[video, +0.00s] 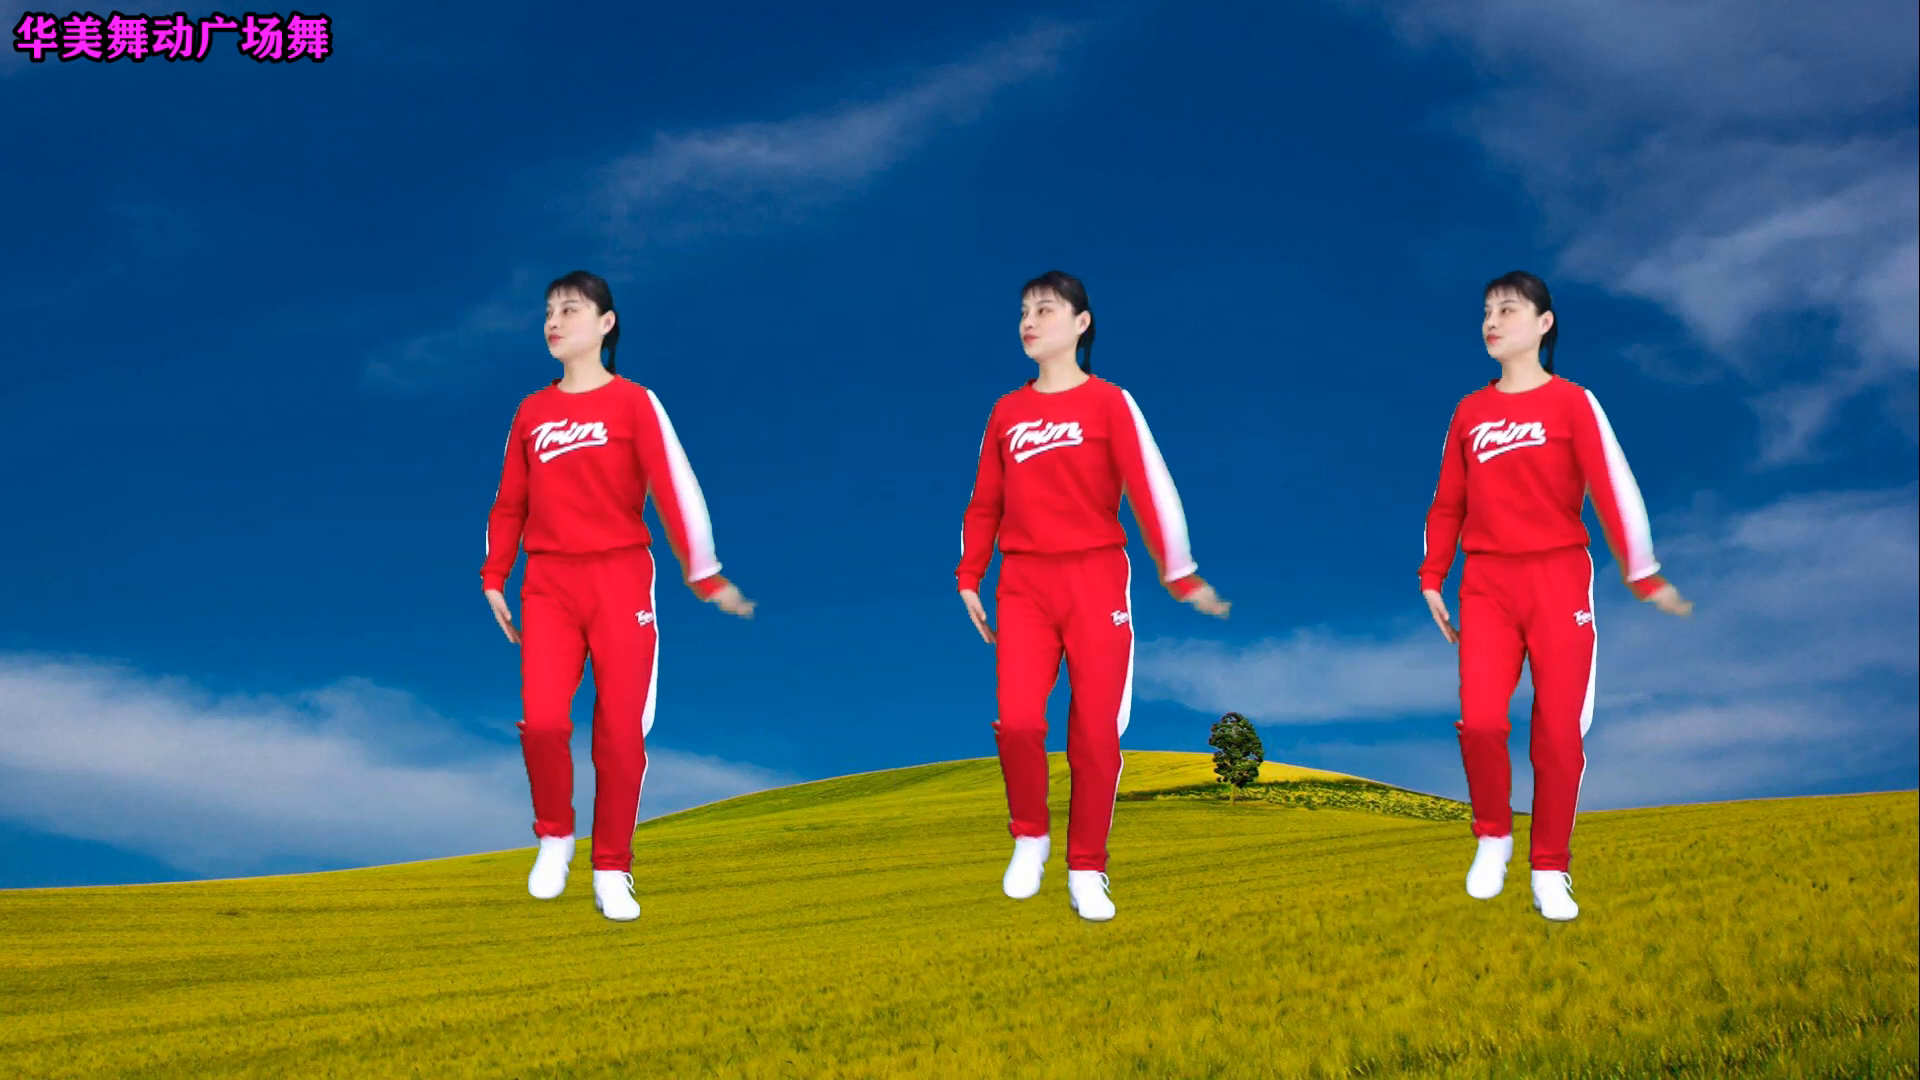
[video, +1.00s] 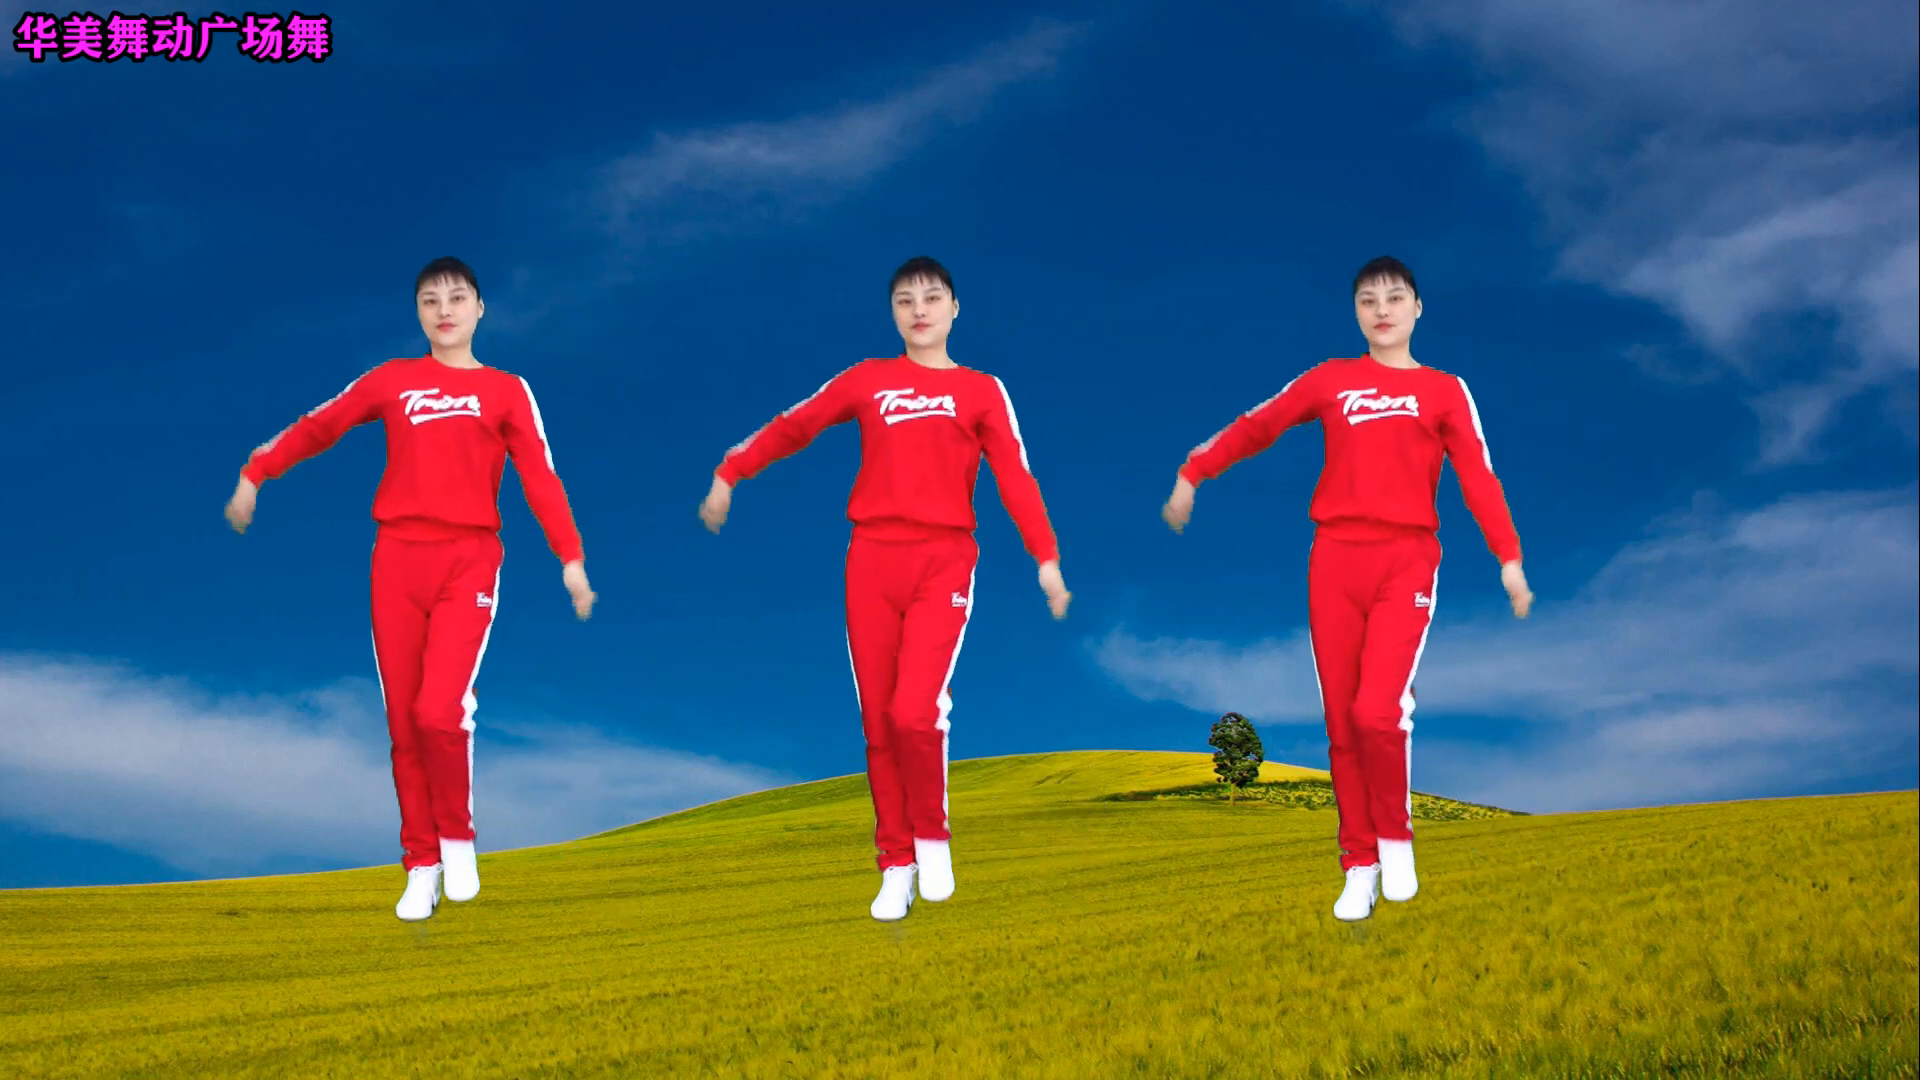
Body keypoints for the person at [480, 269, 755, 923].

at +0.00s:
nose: (554, 321)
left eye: (569, 310)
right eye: (550, 313)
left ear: (604, 324)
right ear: (547, 331)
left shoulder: (633, 401)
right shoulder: (531, 413)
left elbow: (674, 486)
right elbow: (509, 503)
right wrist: (493, 575)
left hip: (622, 578)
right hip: (548, 581)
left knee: (621, 729)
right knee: (541, 722)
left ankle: (612, 868)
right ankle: (555, 835)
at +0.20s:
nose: (537, 305)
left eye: (552, 293)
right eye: (534, 297)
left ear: (591, 304)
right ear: (533, 314)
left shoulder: (619, 370)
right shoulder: (518, 393)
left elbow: (556, 387)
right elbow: (504, 484)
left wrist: (468, 408)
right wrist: (492, 561)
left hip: (604, 558)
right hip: (531, 561)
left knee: (609, 717)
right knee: (492, 698)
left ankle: (614, 863)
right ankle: (484, 828)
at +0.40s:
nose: (505, 308)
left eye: (518, 299)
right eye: (503, 299)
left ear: (554, 309)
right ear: (508, 314)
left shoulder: (583, 377)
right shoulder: (488, 394)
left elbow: (561, 299)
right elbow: (464, 488)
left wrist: (502, 246)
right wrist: (451, 569)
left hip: (565, 558)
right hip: (494, 563)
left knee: (590, 720)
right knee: (458, 724)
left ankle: (612, 862)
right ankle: (424, 859)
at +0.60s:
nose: (475, 313)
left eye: (490, 304)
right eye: (469, 305)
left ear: (524, 317)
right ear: (461, 320)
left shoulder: (537, 388)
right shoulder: (437, 393)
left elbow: (579, 341)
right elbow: (406, 481)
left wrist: (584, 253)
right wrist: (396, 559)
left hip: (500, 564)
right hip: (430, 568)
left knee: (528, 722)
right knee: (421, 735)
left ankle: (585, 850)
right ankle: (423, 865)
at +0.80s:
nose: (458, 332)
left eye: (472, 321)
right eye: (447, 322)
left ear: (494, 332)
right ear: (435, 334)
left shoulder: (517, 408)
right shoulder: (406, 408)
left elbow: (581, 437)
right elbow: (367, 489)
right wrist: (334, 562)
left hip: (475, 580)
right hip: (402, 578)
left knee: (428, 715)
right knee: (391, 734)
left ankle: (480, 797)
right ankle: (420, 866)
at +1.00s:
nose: (446, 309)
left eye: (457, 298)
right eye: (433, 301)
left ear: (479, 308)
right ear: (419, 314)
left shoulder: (507, 390)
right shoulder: (392, 378)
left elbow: (540, 476)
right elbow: (318, 427)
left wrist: (571, 558)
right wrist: (252, 475)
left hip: (471, 560)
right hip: (398, 559)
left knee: (438, 715)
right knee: (403, 719)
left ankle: (456, 840)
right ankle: (421, 861)